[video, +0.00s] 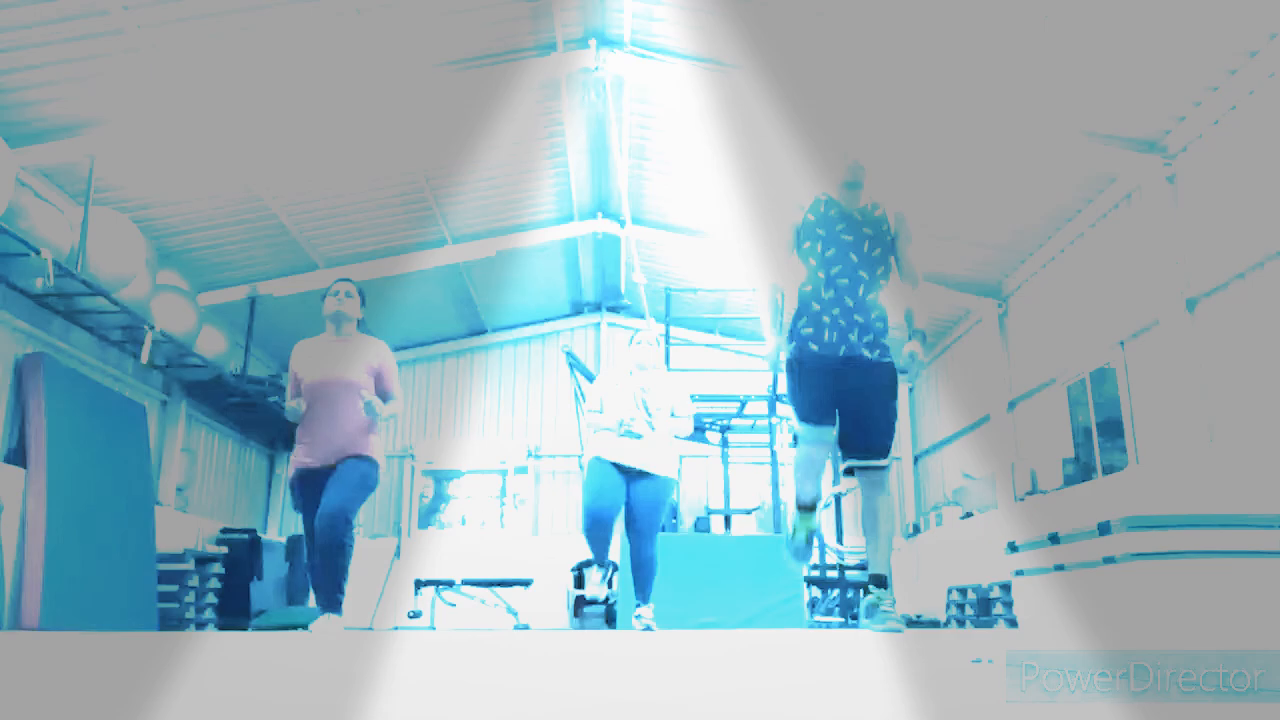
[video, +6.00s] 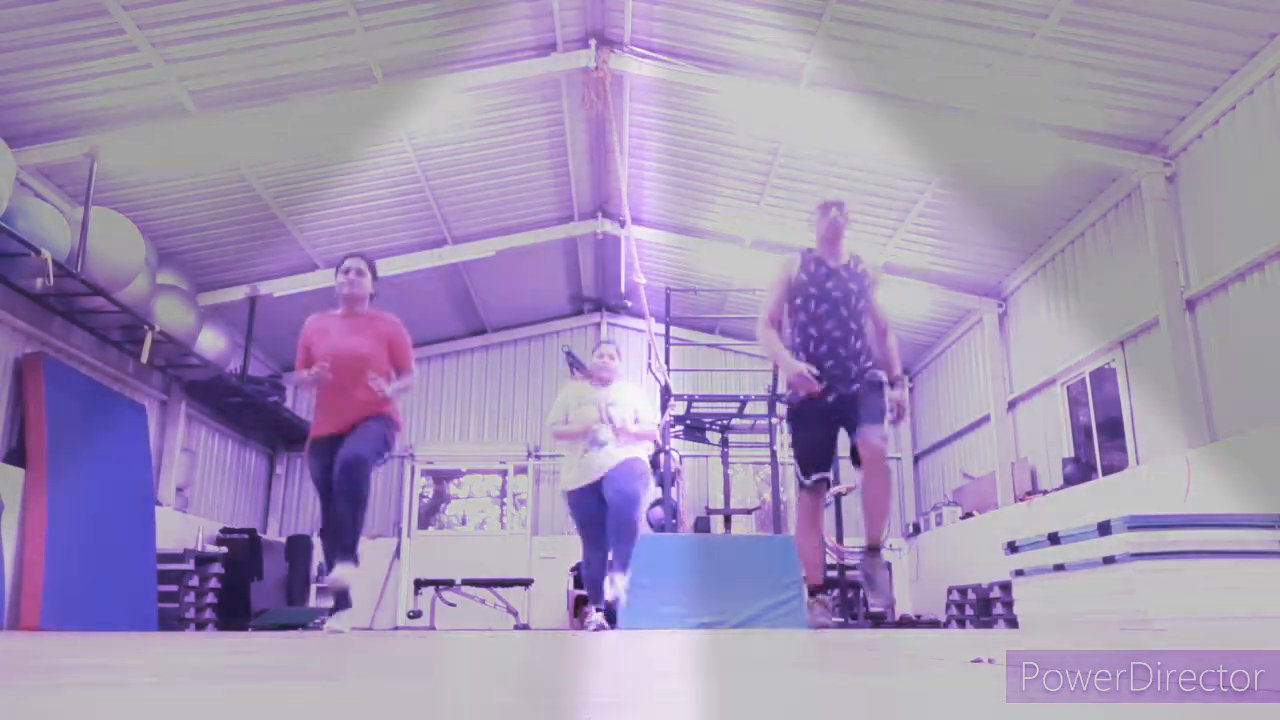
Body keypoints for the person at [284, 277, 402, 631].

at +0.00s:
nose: (340, 298)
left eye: (349, 294)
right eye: (334, 294)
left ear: (361, 308)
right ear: (323, 306)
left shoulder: (376, 348)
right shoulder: (302, 349)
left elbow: (394, 400)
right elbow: (293, 404)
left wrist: (382, 408)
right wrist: (292, 407)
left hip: (358, 456)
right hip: (309, 460)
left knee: (331, 516)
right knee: (314, 539)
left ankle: (331, 611)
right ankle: (329, 612)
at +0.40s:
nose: (343, 285)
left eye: (351, 279)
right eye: (336, 278)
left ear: (364, 288)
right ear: (326, 287)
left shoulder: (383, 335)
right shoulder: (312, 333)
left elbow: (406, 381)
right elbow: (300, 380)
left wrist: (381, 390)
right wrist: (295, 384)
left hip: (361, 443)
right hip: (316, 438)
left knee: (343, 508)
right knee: (296, 479)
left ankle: (342, 610)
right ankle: (309, 559)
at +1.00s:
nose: (321, 266)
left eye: (329, 261)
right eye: (314, 260)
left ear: (343, 271)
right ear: (303, 270)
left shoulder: (363, 313)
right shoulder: (284, 314)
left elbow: (388, 364)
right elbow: (265, 371)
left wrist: (367, 364)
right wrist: (286, 351)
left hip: (352, 420)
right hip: (302, 424)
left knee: (349, 474)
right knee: (296, 519)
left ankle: (347, 553)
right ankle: (295, 609)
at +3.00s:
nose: (349, 285)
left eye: (357, 280)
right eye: (342, 279)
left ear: (368, 291)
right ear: (331, 289)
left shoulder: (382, 332)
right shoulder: (312, 332)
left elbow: (408, 382)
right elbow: (291, 387)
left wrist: (386, 381)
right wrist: (305, 372)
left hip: (365, 433)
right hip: (318, 435)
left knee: (351, 504)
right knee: (319, 517)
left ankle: (346, 606)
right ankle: (324, 605)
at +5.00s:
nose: (378, 304)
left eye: (386, 300)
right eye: (373, 299)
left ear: (399, 310)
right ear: (364, 308)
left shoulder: (412, 348)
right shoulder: (348, 346)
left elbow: (433, 395)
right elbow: (329, 392)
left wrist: (412, 399)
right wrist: (337, 385)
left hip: (389, 443)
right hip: (347, 440)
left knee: (378, 524)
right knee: (334, 507)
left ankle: (378, 607)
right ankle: (352, 565)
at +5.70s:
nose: (350, 285)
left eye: (358, 280)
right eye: (344, 280)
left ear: (371, 291)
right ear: (334, 290)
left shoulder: (392, 330)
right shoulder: (319, 332)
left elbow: (413, 376)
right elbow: (304, 384)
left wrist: (397, 385)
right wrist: (320, 377)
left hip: (382, 430)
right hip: (336, 436)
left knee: (370, 480)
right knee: (336, 518)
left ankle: (378, 550)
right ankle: (338, 605)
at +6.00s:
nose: (352, 278)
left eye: (360, 273)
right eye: (346, 273)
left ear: (372, 285)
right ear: (335, 283)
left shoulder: (388, 325)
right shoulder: (316, 324)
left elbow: (408, 375)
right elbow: (298, 377)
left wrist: (390, 388)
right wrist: (312, 375)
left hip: (373, 419)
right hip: (326, 426)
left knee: (351, 460)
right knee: (329, 503)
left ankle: (345, 559)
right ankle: (340, 598)